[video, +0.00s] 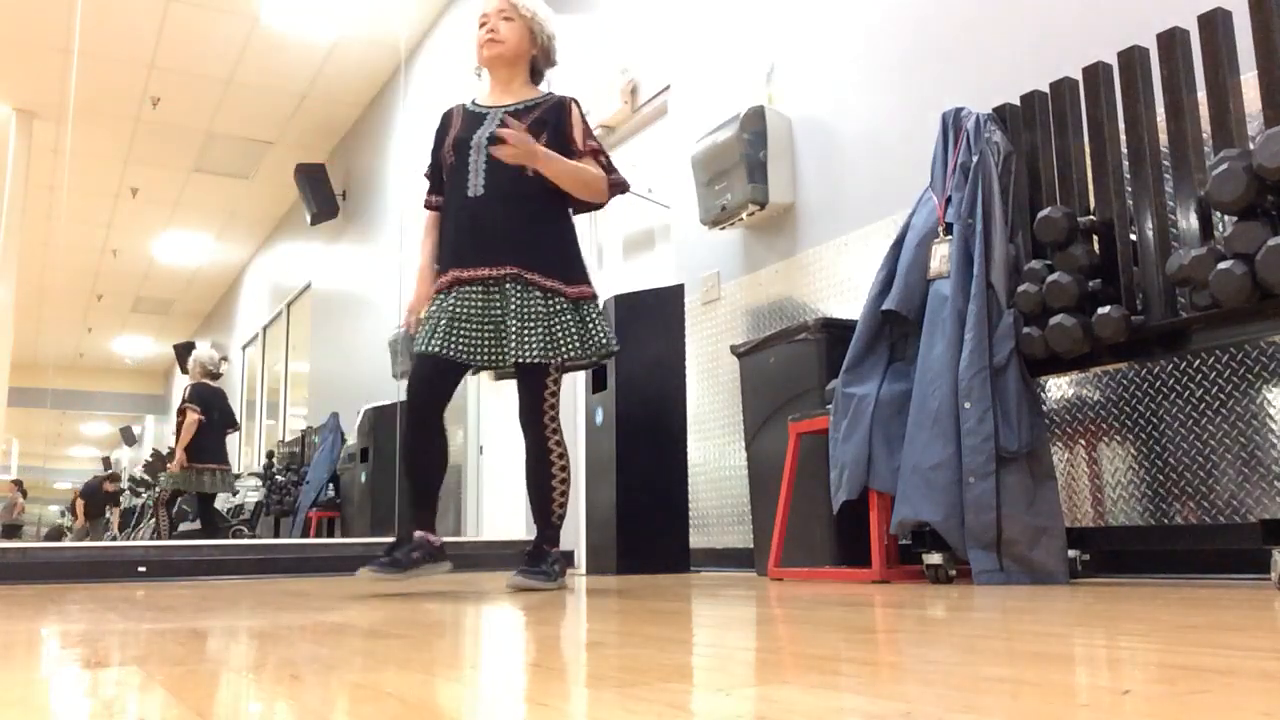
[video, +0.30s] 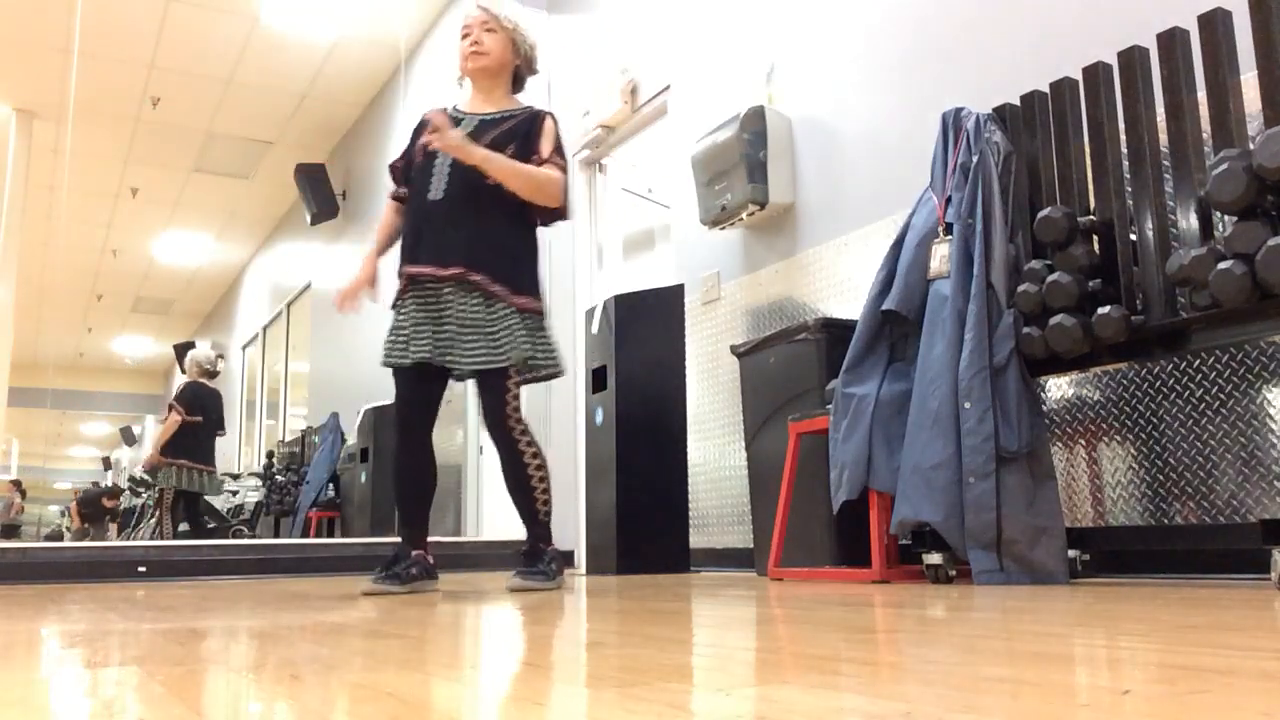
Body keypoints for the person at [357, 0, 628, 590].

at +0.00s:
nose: (488, 27)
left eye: (504, 20)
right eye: (481, 23)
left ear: (534, 41)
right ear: (475, 47)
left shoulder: (559, 110)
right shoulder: (455, 120)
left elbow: (600, 188)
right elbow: (436, 213)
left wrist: (537, 156)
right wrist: (424, 286)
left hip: (538, 278)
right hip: (465, 280)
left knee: (538, 415)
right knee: (421, 398)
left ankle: (546, 551)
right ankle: (422, 537)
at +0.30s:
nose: (472, 38)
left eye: (486, 31)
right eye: (465, 35)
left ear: (518, 52)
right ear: (459, 59)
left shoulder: (534, 121)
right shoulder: (435, 126)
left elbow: (553, 193)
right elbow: (399, 202)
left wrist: (470, 152)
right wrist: (371, 260)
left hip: (496, 288)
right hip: (426, 286)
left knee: (503, 420)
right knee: (410, 423)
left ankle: (542, 551)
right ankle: (414, 553)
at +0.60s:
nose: (464, 39)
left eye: (479, 31)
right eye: (459, 35)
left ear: (510, 53)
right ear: (455, 58)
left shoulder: (531, 118)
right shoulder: (438, 129)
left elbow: (536, 197)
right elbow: (410, 211)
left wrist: (496, 257)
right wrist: (379, 227)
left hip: (501, 291)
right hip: (430, 289)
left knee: (492, 423)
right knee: (417, 425)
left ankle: (515, 551)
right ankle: (415, 553)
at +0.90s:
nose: (470, 48)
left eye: (485, 42)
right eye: (464, 45)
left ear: (513, 65)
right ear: (459, 70)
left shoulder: (541, 127)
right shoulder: (440, 139)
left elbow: (589, 193)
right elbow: (409, 224)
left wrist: (633, 248)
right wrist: (407, 184)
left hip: (520, 291)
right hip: (452, 294)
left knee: (511, 420)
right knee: (440, 425)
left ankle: (520, 550)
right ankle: (475, 543)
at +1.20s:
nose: (468, 65)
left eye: (482, 59)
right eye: (462, 62)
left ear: (510, 80)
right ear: (455, 85)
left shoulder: (535, 144)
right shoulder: (434, 150)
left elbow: (568, 215)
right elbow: (403, 230)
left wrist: (586, 253)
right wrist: (399, 162)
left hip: (515, 297)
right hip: (449, 301)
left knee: (505, 421)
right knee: (457, 433)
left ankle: (517, 550)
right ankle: (477, 548)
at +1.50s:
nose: (472, 82)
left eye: (484, 75)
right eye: (463, 80)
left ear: (511, 95)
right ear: (457, 105)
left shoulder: (542, 159)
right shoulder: (440, 164)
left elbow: (579, 230)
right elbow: (422, 239)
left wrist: (540, 207)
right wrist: (407, 292)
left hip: (518, 308)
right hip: (450, 309)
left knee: (511, 424)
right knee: (457, 436)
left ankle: (532, 526)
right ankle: (479, 550)